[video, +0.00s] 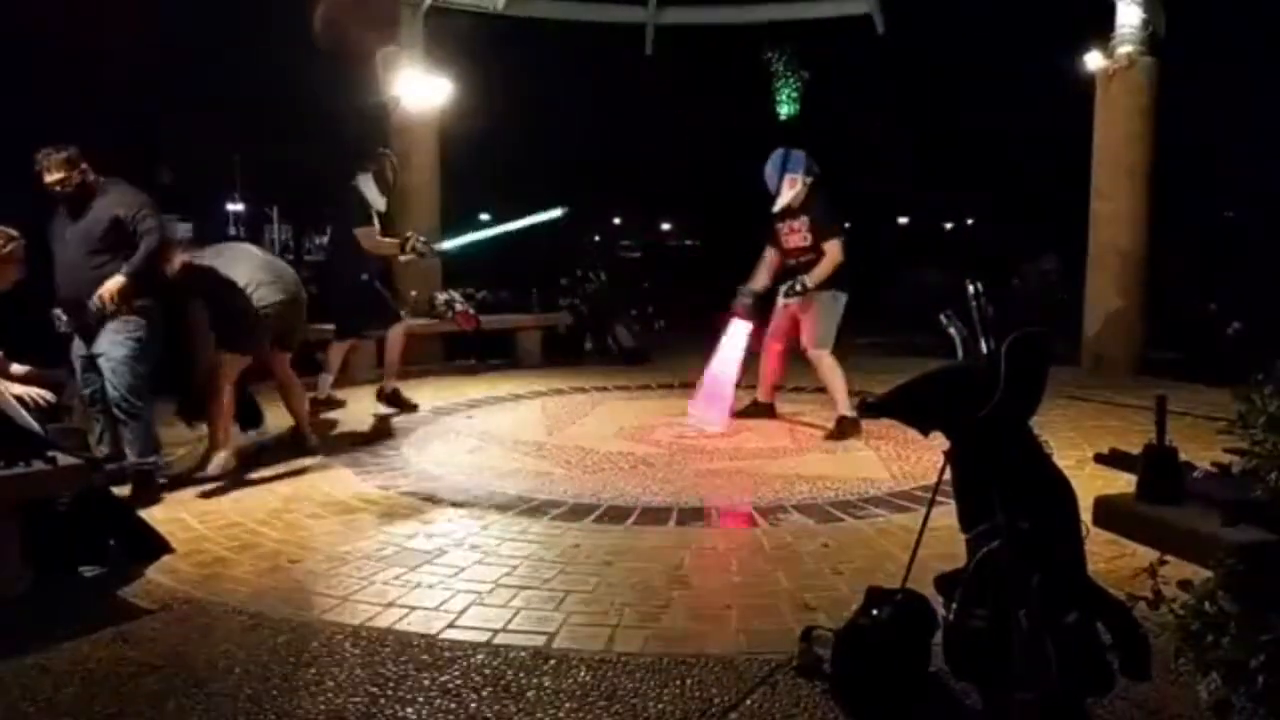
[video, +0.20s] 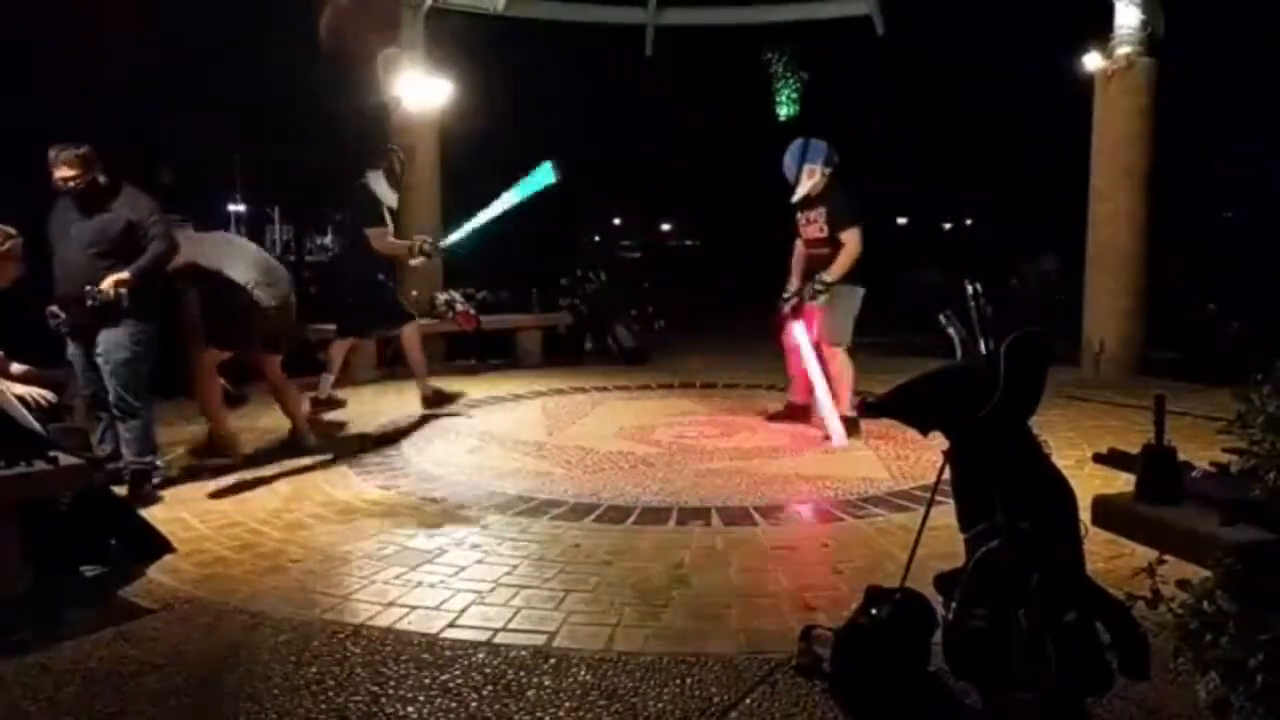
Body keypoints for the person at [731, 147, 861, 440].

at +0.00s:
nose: (784, 189)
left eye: (790, 182)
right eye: (781, 183)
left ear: (802, 180)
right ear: (776, 182)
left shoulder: (821, 208)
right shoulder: (778, 215)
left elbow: (835, 254)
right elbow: (770, 258)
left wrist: (805, 282)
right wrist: (751, 292)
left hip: (825, 286)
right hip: (790, 287)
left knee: (817, 348)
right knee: (773, 340)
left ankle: (847, 414)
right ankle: (763, 400)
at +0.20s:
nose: (805, 181)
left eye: (810, 173)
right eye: (801, 174)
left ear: (823, 171)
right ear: (795, 173)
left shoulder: (839, 200)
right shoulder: (800, 205)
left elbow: (853, 246)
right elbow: (800, 247)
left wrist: (824, 280)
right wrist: (793, 286)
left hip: (843, 280)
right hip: (810, 281)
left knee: (832, 345)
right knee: (795, 337)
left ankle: (845, 412)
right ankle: (798, 402)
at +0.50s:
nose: (822, 180)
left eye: (828, 173)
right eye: (818, 174)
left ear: (840, 172)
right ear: (813, 174)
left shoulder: (855, 203)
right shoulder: (817, 206)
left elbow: (879, 244)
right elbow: (814, 248)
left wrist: (877, 288)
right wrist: (801, 282)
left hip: (849, 287)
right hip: (823, 289)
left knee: (844, 347)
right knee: (827, 349)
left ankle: (848, 413)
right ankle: (838, 409)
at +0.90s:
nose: (842, 177)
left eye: (847, 170)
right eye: (839, 170)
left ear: (857, 170)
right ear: (833, 170)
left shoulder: (868, 196)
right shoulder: (835, 201)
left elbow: (884, 238)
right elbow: (842, 244)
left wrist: (857, 272)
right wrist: (831, 273)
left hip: (881, 276)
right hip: (850, 278)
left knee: (876, 337)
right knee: (844, 336)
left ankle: (909, 395)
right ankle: (848, 398)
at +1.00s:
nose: (843, 182)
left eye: (847, 175)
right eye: (840, 175)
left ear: (857, 173)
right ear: (836, 173)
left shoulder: (874, 198)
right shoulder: (842, 202)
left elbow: (880, 242)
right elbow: (848, 244)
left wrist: (841, 264)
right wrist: (835, 270)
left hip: (888, 283)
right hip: (855, 282)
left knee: (893, 344)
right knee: (844, 339)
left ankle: (924, 398)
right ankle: (848, 399)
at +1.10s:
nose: (851, 187)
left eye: (855, 180)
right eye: (848, 181)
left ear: (869, 178)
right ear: (848, 178)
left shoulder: (886, 205)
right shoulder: (855, 204)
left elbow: (870, 249)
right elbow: (855, 243)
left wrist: (830, 236)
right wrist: (829, 233)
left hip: (900, 291)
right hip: (864, 287)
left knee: (911, 349)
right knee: (840, 338)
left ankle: (933, 402)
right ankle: (846, 400)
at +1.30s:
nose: (854, 180)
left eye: (859, 174)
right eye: (852, 174)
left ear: (872, 173)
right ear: (848, 172)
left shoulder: (885, 200)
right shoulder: (862, 198)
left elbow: (861, 243)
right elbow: (860, 230)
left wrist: (838, 217)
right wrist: (840, 213)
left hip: (899, 286)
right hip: (864, 282)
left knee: (910, 347)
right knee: (838, 334)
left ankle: (931, 401)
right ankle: (837, 399)